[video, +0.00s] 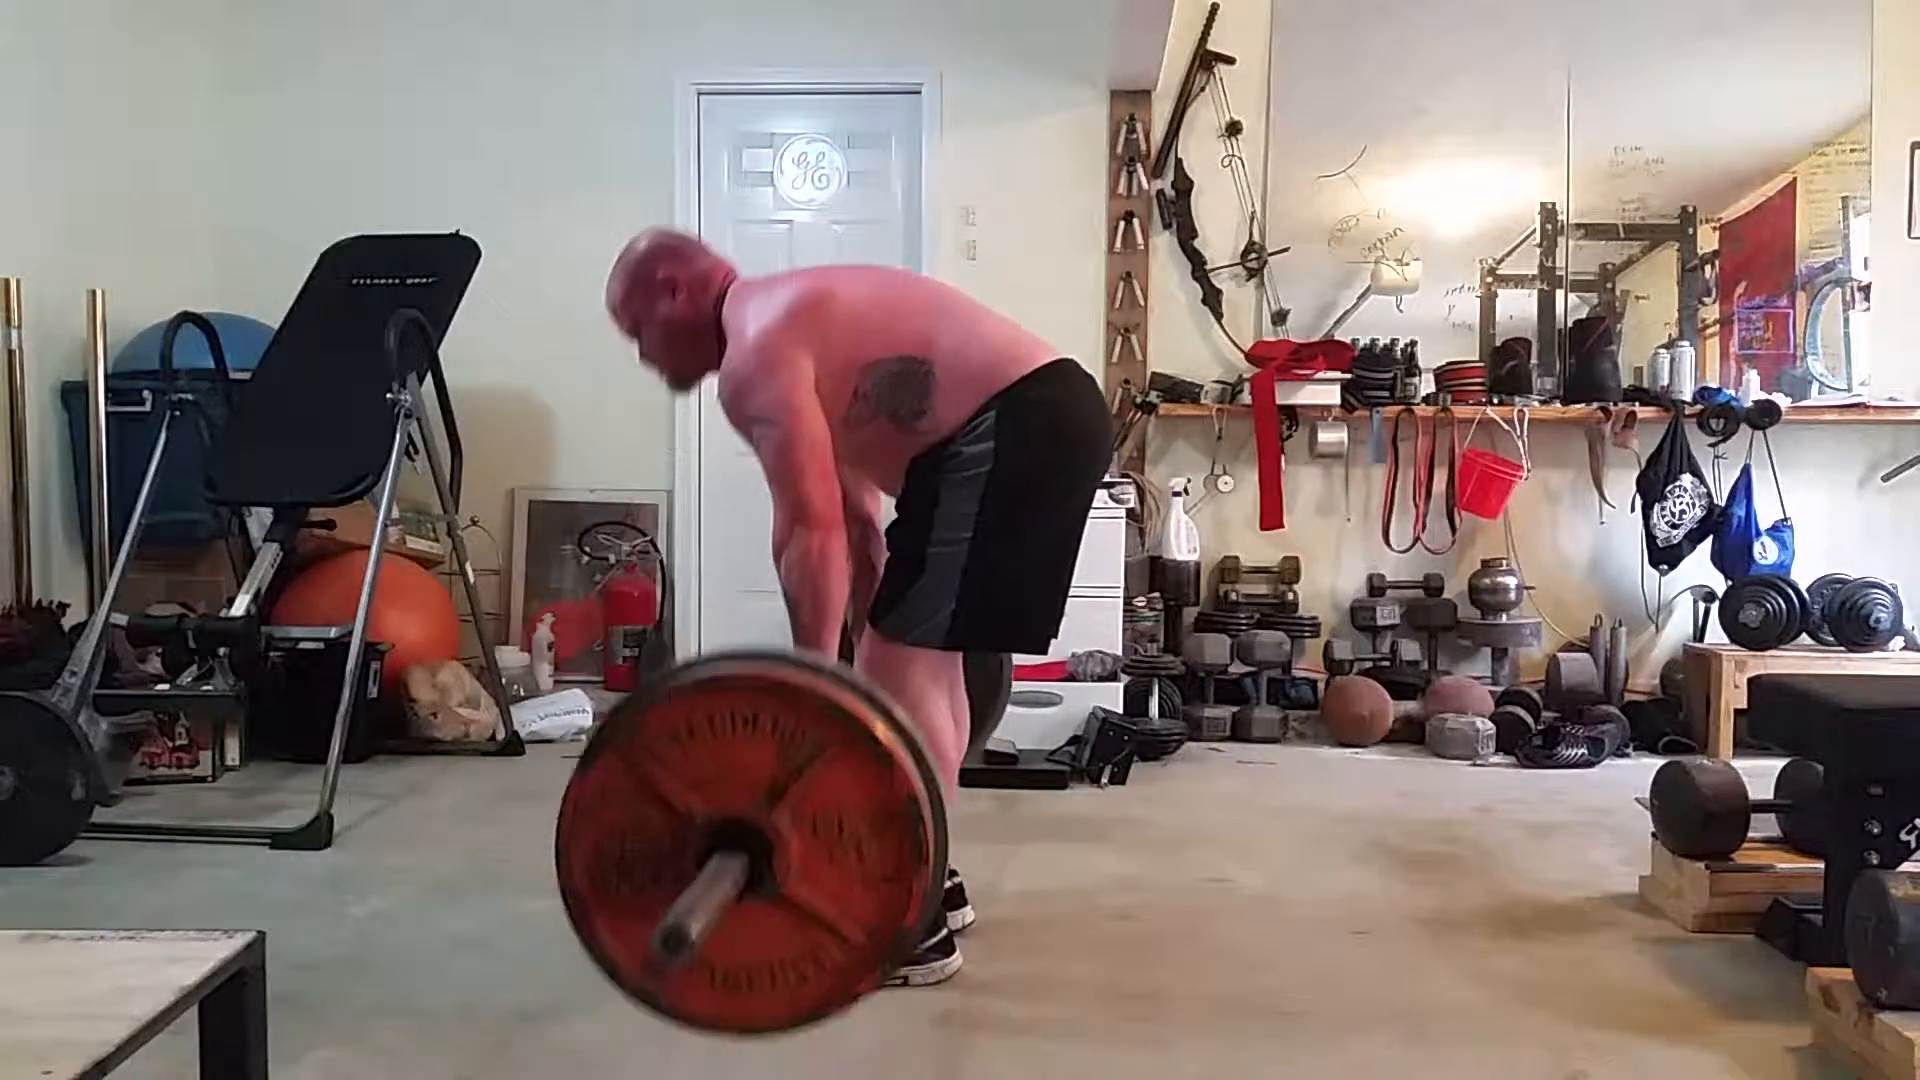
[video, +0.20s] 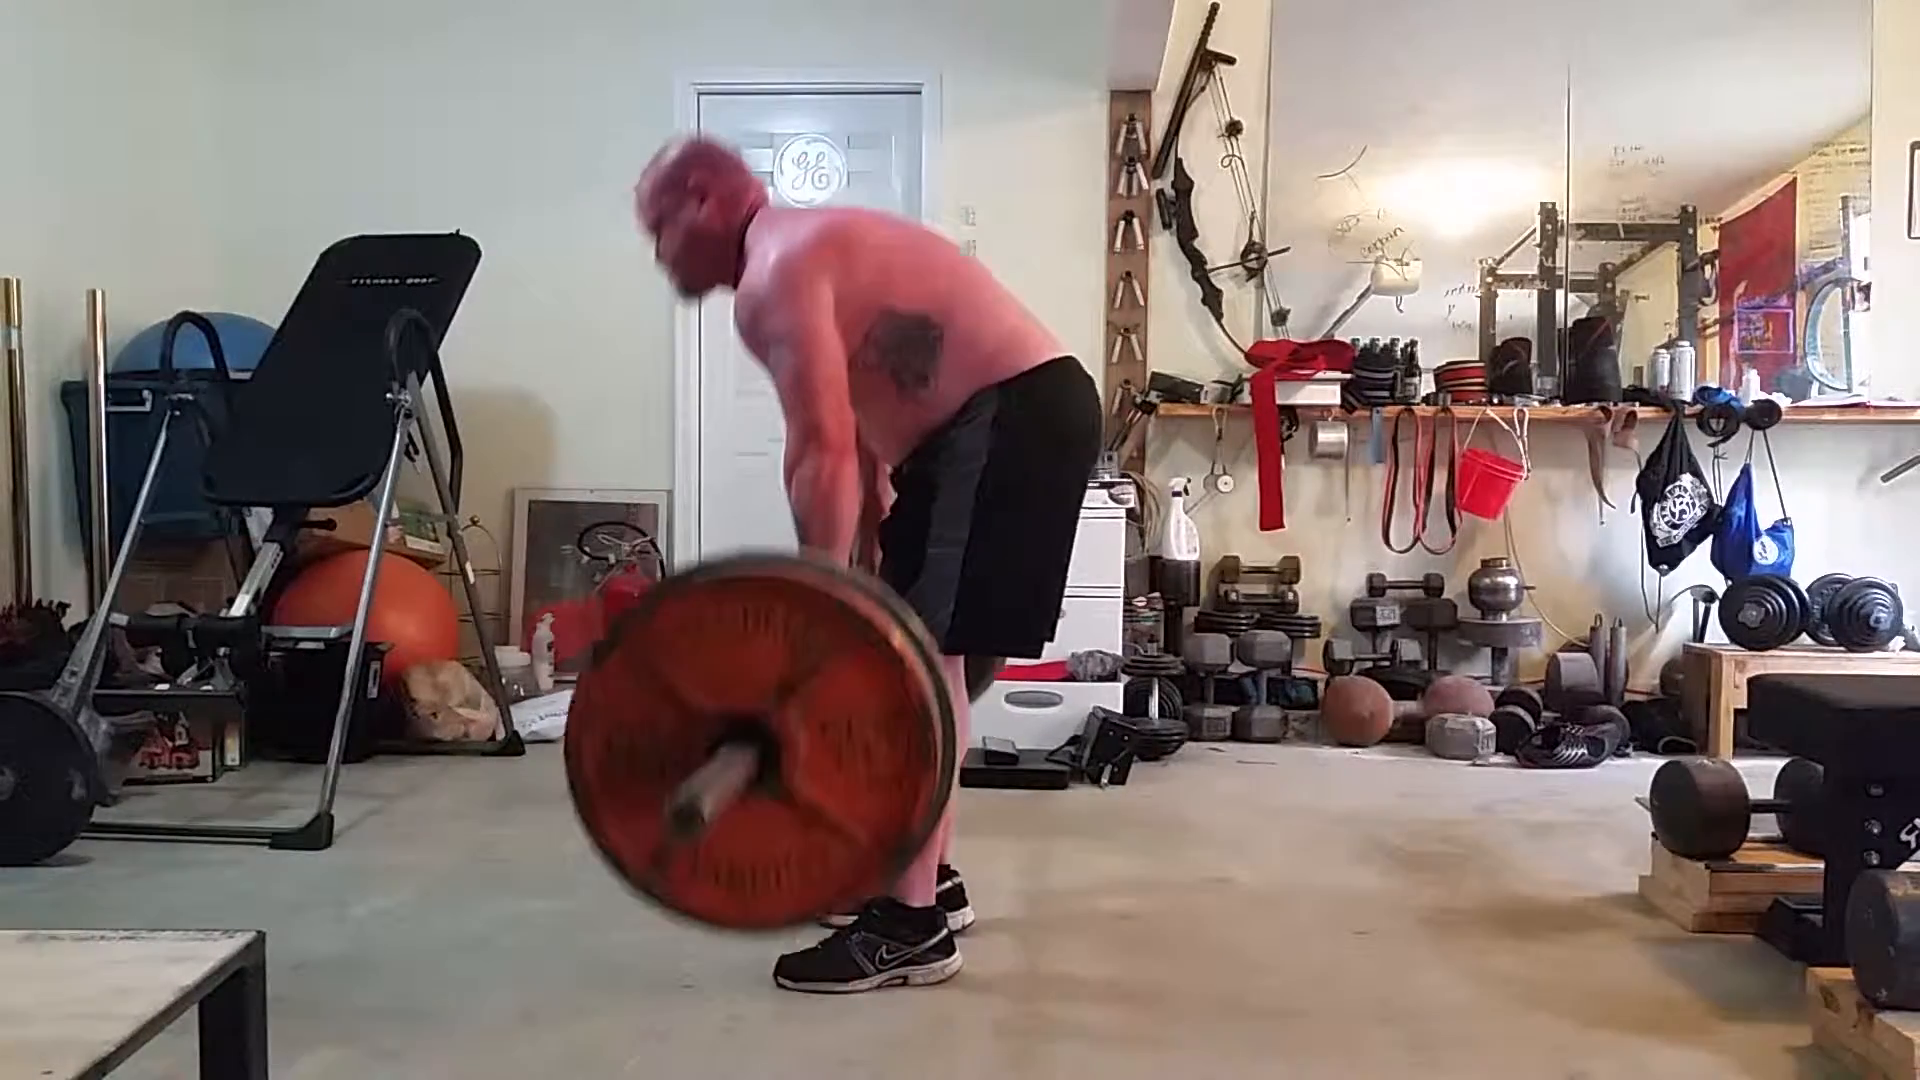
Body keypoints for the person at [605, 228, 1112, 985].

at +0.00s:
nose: (645, 358)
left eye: (638, 333)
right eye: (633, 342)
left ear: (675, 288)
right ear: (689, 283)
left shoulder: (758, 353)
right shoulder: (783, 334)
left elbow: (811, 529)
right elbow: (860, 534)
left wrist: (807, 693)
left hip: (1010, 424)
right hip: (1027, 416)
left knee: (896, 662)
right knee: (924, 660)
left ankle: (912, 912)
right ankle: (922, 882)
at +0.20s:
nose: (660, 258)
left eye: (659, 232)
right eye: (653, 239)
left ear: (707, 198)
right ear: (714, 196)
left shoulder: (781, 266)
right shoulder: (802, 255)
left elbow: (824, 451)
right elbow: (862, 447)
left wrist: (809, 624)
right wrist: (864, 570)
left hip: (1005, 416)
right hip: (991, 419)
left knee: (917, 665)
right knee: (927, 660)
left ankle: (908, 912)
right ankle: (925, 882)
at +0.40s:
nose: (700, 118)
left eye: (710, 95)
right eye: (701, 99)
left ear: (766, 88)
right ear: (775, 92)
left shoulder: (817, 175)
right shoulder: (821, 174)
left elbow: (845, 357)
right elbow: (834, 363)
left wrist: (822, 532)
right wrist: (815, 528)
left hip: (981, 400)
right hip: (954, 402)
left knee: (918, 645)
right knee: (912, 640)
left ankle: (911, 916)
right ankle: (919, 881)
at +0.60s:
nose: (787, 17)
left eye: (801, 2)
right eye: (793, 3)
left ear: (851, 8)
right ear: (871, 16)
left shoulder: (875, 100)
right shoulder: (893, 100)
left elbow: (873, 284)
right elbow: (867, 291)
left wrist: (825, 449)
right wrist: (806, 442)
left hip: (936, 400)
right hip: (954, 397)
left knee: (914, 652)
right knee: (923, 649)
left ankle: (912, 916)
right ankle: (926, 879)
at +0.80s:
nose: (842, 11)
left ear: (902, 4)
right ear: (925, 10)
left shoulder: (917, 87)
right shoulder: (946, 87)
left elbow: (894, 279)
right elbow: (873, 279)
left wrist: (824, 430)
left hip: (936, 401)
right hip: (962, 399)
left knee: (902, 655)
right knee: (916, 652)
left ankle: (912, 919)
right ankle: (923, 882)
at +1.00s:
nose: (756, 54)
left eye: (768, 30)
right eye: (755, 35)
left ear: (821, 24)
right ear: (839, 31)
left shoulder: (860, 119)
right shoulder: (870, 117)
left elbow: (861, 305)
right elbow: (869, 312)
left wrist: (820, 470)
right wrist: (816, 463)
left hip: (948, 403)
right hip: (961, 403)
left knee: (895, 651)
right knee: (913, 649)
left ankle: (907, 919)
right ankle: (924, 881)